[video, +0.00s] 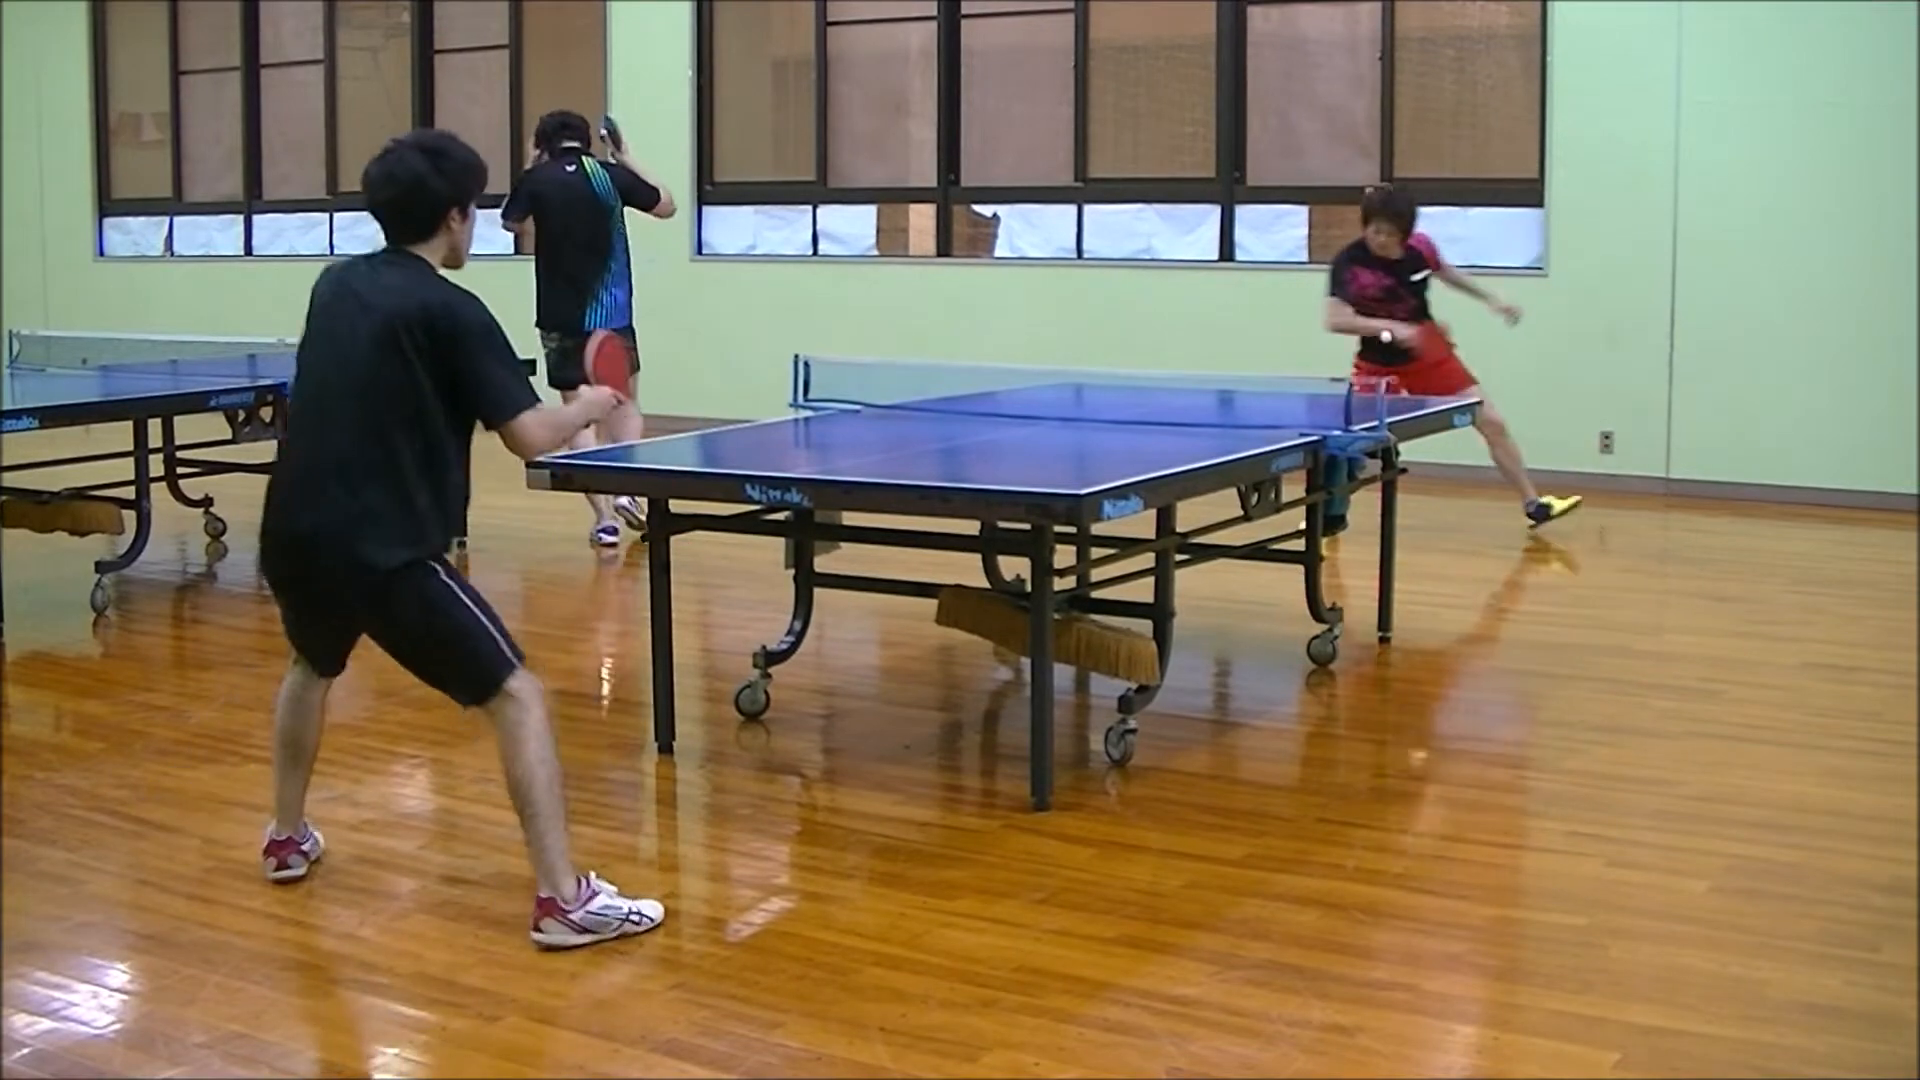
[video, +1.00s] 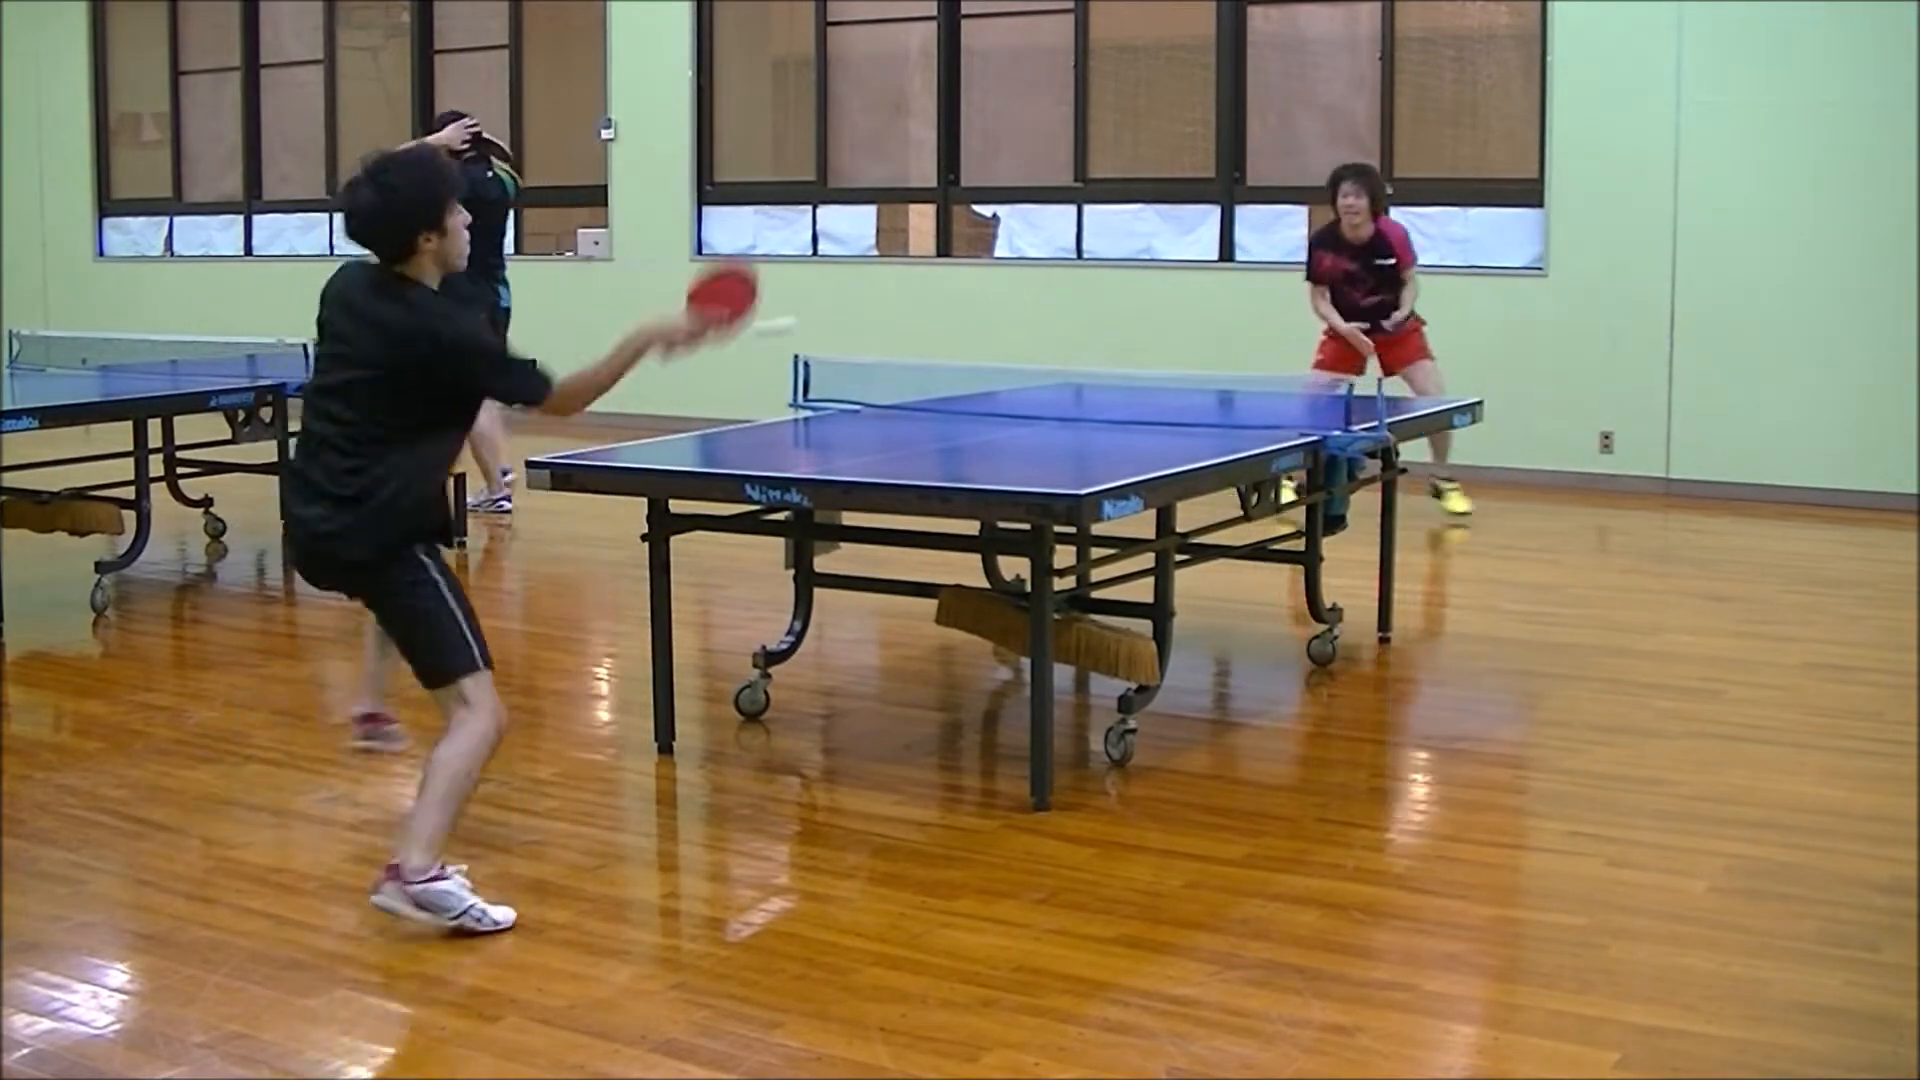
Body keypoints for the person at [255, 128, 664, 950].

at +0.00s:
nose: (478, 221)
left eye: (475, 207)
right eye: (474, 207)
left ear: (386, 214)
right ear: (453, 217)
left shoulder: (335, 284)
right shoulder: (447, 310)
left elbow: (325, 406)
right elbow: (532, 435)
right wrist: (590, 403)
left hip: (296, 539)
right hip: (385, 551)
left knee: (311, 667)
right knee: (516, 696)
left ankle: (285, 836)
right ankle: (565, 895)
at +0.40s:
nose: (439, 283)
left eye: (438, 267)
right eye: (437, 268)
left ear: (357, 270)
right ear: (415, 278)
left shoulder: (318, 331)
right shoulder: (392, 368)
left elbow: (320, 422)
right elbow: (448, 498)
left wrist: (420, 422)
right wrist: (544, 478)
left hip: (239, 572)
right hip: (309, 589)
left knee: (277, 668)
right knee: (481, 706)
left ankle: (193, 814)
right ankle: (438, 900)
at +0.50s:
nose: (435, 277)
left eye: (434, 261)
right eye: (431, 262)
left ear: (362, 265)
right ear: (404, 271)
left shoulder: (330, 327)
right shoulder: (362, 359)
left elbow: (353, 409)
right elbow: (399, 503)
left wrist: (446, 415)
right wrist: (512, 488)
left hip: (249, 553)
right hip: (296, 571)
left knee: (287, 673)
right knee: (449, 690)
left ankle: (192, 806)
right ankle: (440, 893)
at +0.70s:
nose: (434, 304)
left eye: (431, 292)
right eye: (425, 294)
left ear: (381, 311)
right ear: (388, 308)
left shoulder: (399, 364)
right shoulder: (308, 383)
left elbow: (463, 384)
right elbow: (325, 511)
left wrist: (395, 341)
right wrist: (369, 477)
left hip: (346, 576)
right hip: (289, 576)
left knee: (338, 723)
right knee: (413, 672)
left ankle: (181, 775)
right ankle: (397, 881)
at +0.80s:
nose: (434, 283)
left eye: (428, 271)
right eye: (423, 275)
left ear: (385, 295)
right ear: (389, 297)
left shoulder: (419, 340)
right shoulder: (322, 375)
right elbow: (376, 505)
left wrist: (465, 383)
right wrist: (362, 447)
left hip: (369, 553)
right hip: (307, 557)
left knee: (337, 705)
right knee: (427, 676)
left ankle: (185, 764)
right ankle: (396, 881)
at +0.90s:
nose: (451, 233)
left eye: (444, 221)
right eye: (438, 226)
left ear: (399, 250)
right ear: (405, 252)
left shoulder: (405, 297)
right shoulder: (373, 349)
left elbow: (430, 356)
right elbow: (451, 458)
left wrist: (483, 373)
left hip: (367, 514)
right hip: (329, 528)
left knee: (374, 639)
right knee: (455, 685)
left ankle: (252, 735)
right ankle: (398, 879)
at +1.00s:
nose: (470, 226)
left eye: (463, 213)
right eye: (458, 217)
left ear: (394, 234)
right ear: (425, 239)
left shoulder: (344, 287)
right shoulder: (444, 328)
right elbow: (559, 401)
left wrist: (422, 153)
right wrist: (643, 340)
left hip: (313, 521)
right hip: (382, 536)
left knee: (401, 570)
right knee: (479, 709)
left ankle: (369, 705)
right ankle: (415, 870)